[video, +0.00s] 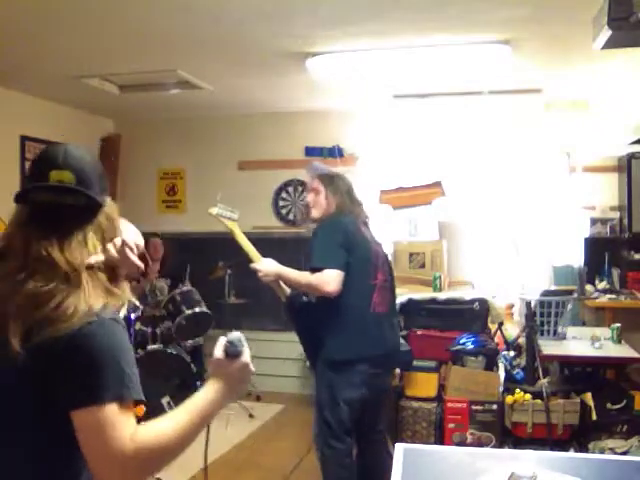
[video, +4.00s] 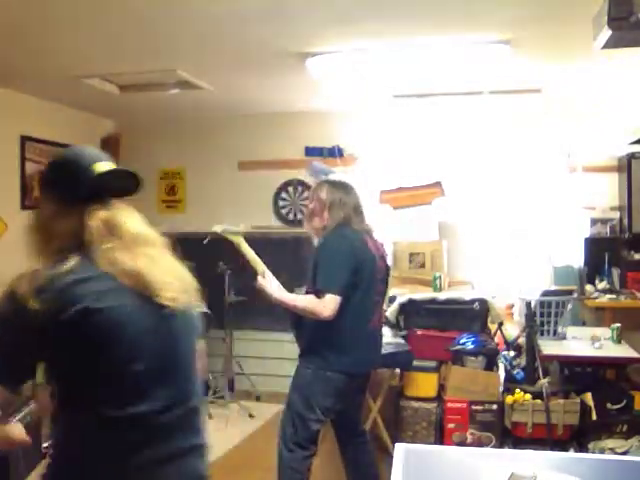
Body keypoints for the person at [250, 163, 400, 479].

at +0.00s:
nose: (307, 199)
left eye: (314, 192)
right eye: (308, 192)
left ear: (333, 196)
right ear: (339, 197)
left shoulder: (333, 228)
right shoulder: (362, 231)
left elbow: (329, 284)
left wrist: (279, 271)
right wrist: (286, 285)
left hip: (347, 356)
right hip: (378, 353)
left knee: (333, 442)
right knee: (372, 436)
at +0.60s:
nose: (342, 204)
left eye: (346, 197)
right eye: (342, 198)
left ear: (361, 198)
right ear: (372, 199)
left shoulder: (365, 225)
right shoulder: (390, 233)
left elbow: (362, 275)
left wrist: (309, 269)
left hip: (356, 348)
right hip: (385, 349)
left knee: (326, 424)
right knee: (374, 428)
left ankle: (322, 475)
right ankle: (377, 476)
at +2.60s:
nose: (322, 214)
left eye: (325, 207)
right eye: (323, 207)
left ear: (337, 207)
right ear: (361, 206)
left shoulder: (341, 238)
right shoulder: (377, 243)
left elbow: (321, 295)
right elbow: (370, 300)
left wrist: (276, 285)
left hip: (331, 358)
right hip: (363, 357)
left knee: (299, 439)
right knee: (357, 435)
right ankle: (373, 475)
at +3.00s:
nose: (306, 220)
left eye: (310, 212)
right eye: (305, 212)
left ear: (326, 211)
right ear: (343, 209)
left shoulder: (331, 241)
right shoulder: (366, 243)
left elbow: (316, 297)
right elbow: (372, 303)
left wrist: (292, 330)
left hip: (323, 354)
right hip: (355, 355)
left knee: (292, 435)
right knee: (349, 429)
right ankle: (364, 474)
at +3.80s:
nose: (307, 210)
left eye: (312, 203)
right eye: (308, 203)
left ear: (328, 207)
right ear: (349, 206)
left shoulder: (338, 240)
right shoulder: (368, 241)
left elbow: (324, 307)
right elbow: (362, 304)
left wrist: (280, 294)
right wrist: (311, 292)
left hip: (328, 361)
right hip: (358, 360)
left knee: (295, 445)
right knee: (352, 433)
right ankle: (367, 476)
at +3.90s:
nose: (308, 207)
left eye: (314, 201)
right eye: (310, 200)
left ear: (330, 207)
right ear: (349, 207)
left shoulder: (338, 240)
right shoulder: (368, 242)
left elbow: (325, 307)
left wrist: (279, 294)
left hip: (328, 361)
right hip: (358, 360)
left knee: (295, 445)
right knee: (352, 433)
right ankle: (368, 475)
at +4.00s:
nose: (308, 207)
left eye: (313, 201)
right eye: (309, 200)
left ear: (330, 207)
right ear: (349, 207)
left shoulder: (338, 241)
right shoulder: (367, 242)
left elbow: (326, 307)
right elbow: (361, 305)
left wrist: (280, 295)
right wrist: (310, 297)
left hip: (327, 362)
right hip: (358, 361)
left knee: (296, 445)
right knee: (352, 433)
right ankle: (368, 476)